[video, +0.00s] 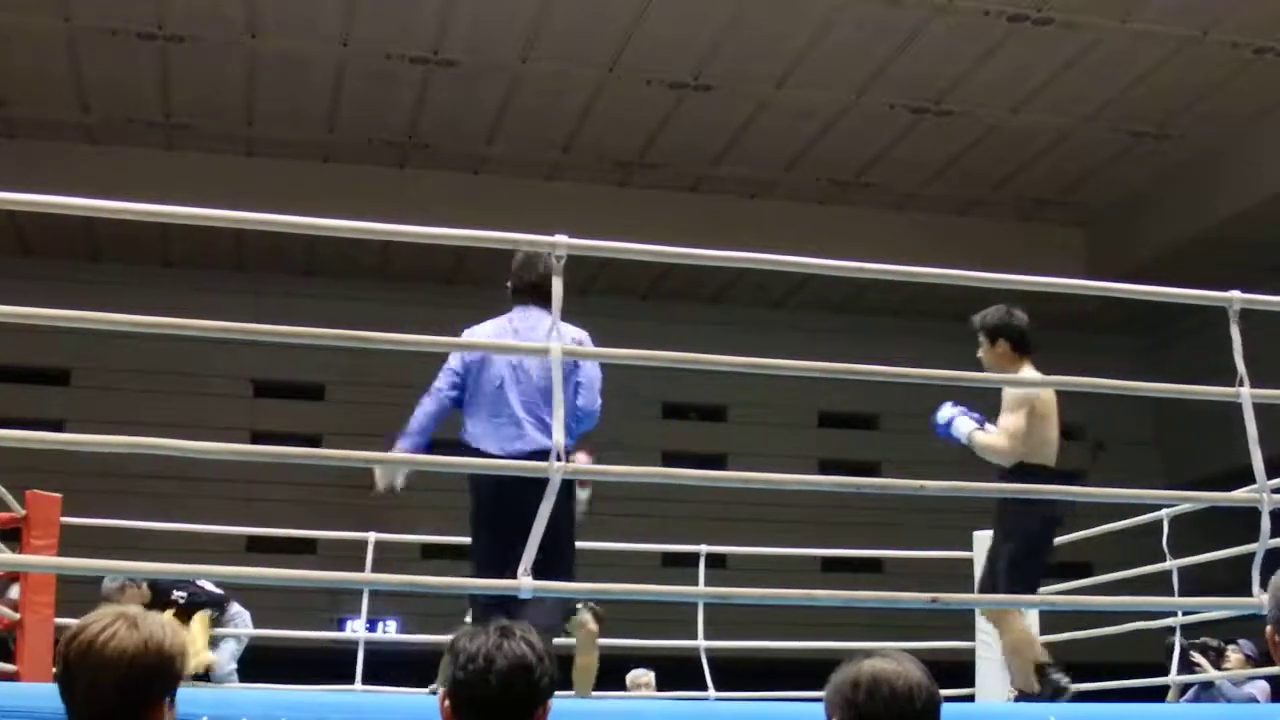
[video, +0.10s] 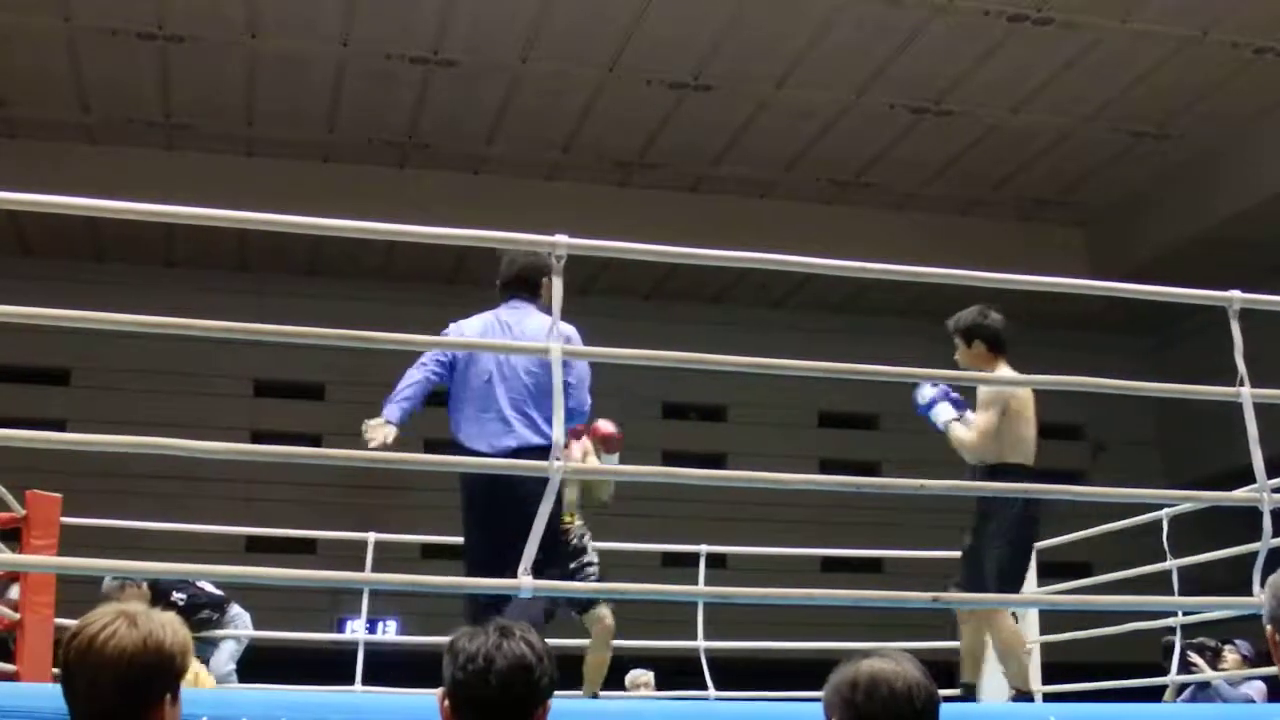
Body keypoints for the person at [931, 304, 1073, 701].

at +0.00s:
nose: (979, 354)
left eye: (982, 345)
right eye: (979, 345)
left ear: (1003, 346)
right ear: (1012, 345)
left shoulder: (1022, 385)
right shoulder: (1034, 383)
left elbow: (1009, 449)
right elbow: (1025, 444)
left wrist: (965, 430)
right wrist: (983, 428)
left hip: (1028, 503)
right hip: (1030, 501)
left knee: (1002, 601)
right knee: (990, 598)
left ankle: (1027, 694)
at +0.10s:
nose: (955, 356)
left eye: (959, 347)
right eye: (956, 347)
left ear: (980, 347)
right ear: (987, 346)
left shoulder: (997, 384)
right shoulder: (1009, 382)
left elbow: (978, 449)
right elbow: (990, 441)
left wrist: (944, 416)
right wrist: (960, 414)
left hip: (1008, 501)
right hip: (1002, 499)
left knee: (989, 601)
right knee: (967, 597)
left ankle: (1024, 698)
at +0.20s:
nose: (936, 367)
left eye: (938, 358)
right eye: (936, 358)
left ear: (958, 358)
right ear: (968, 357)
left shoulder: (976, 395)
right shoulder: (988, 395)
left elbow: (943, 455)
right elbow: (957, 455)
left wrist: (920, 415)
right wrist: (937, 417)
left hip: (992, 505)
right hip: (983, 503)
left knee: (965, 611)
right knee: (942, 608)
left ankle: (1020, 697)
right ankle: (917, 698)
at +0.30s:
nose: (921, 384)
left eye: (924, 375)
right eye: (920, 377)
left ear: (944, 374)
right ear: (950, 375)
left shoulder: (966, 409)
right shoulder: (960, 411)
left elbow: (924, 465)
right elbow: (930, 465)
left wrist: (895, 429)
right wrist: (903, 433)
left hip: (977, 528)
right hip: (956, 527)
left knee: (943, 617)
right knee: (909, 613)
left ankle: (1014, 696)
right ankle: (914, 704)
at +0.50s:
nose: (892, 373)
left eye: (896, 364)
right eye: (892, 366)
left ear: (916, 362)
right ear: (917, 363)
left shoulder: (949, 396)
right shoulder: (920, 412)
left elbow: (914, 451)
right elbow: (910, 469)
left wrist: (883, 408)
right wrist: (871, 440)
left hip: (974, 507)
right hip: (943, 510)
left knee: (960, 600)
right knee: (916, 608)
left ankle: (1013, 694)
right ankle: (920, 700)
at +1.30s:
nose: (881, 371)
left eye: (884, 362)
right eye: (879, 364)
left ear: (904, 361)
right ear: (907, 361)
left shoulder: (946, 395)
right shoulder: (904, 405)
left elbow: (909, 450)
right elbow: (870, 448)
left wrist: (879, 405)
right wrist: (827, 421)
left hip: (971, 512)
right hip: (935, 516)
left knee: (991, 602)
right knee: (902, 612)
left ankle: (1034, 687)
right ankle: (897, 699)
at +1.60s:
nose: (908, 371)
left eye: (912, 363)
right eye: (908, 364)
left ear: (932, 364)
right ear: (932, 365)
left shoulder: (970, 404)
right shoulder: (927, 408)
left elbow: (930, 458)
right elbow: (906, 459)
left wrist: (906, 410)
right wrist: (857, 441)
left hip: (982, 524)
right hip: (946, 527)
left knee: (1003, 605)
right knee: (898, 618)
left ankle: (1070, 683)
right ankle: (897, 704)